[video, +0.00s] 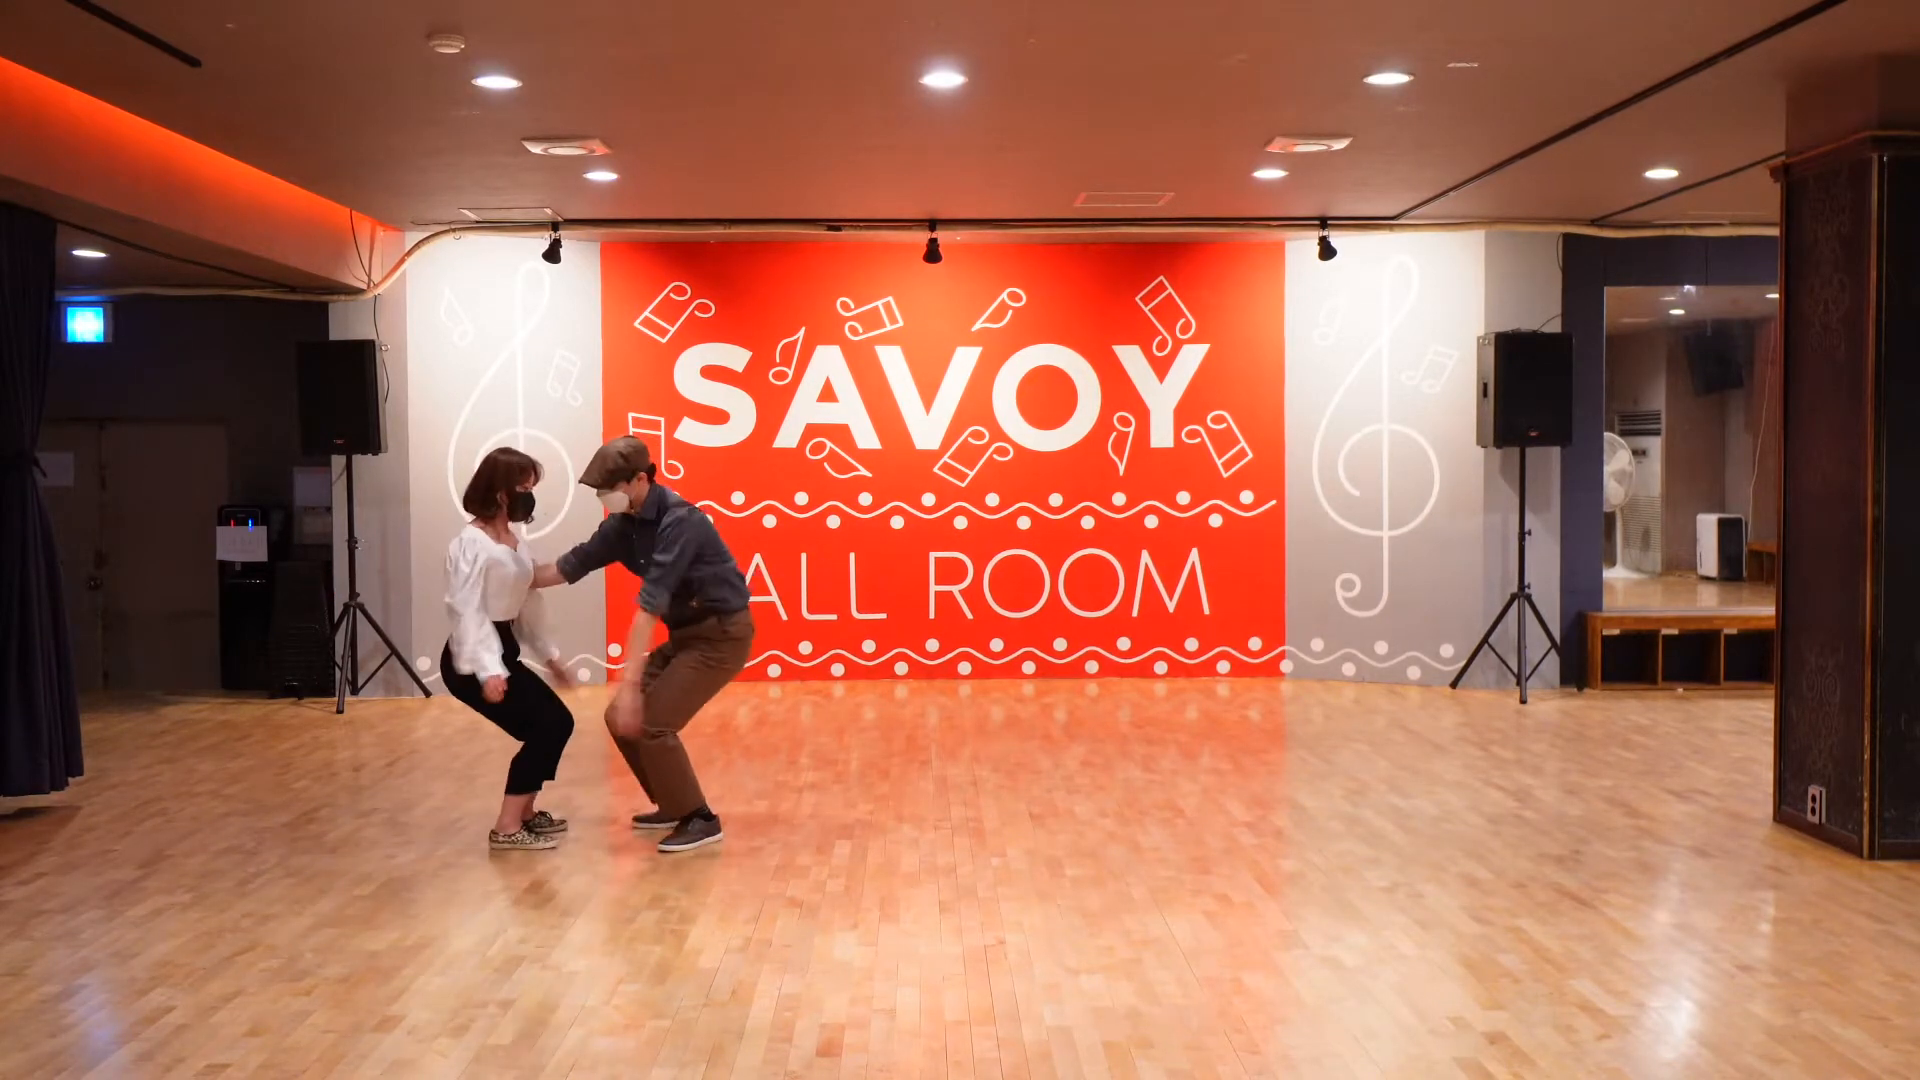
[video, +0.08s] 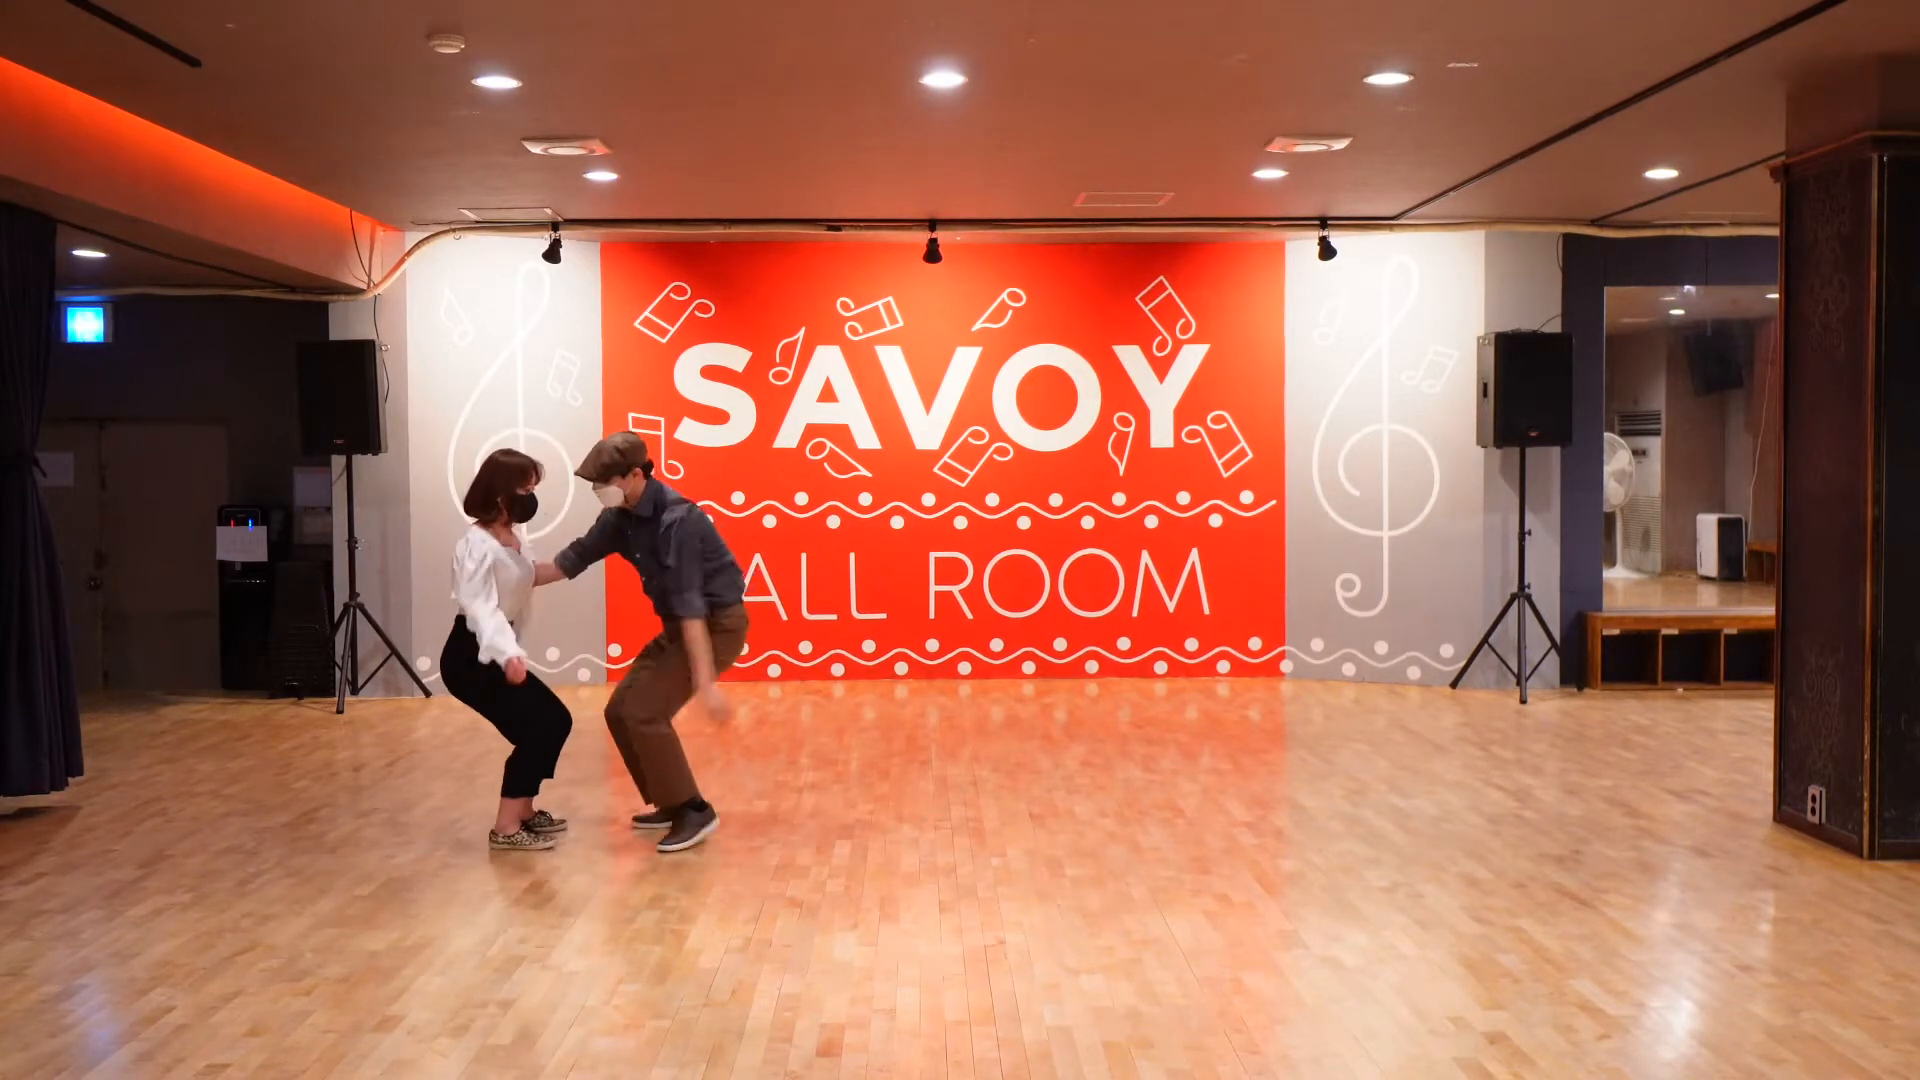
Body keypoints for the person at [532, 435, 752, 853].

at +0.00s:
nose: (603, 500)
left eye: (609, 490)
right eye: (600, 492)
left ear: (638, 481)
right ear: (626, 485)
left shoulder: (680, 521)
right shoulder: (622, 526)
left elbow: (650, 609)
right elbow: (564, 569)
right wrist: (503, 575)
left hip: (722, 636)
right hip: (686, 637)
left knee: (650, 723)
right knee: (621, 716)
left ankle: (700, 818)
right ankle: (675, 806)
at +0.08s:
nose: (601, 492)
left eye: (607, 483)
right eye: (598, 484)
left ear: (635, 477)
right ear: (624, 480)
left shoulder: (678, 521)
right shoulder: (619, 517)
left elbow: (691, 609)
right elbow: (566, 564)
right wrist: (506, 576)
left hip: (717, 625)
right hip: (682, 624)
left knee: (641, 711)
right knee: (620, 710)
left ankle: (693, 810)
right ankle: (673, 804)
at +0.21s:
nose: (594, 483)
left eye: (599, 473)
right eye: (591, 475)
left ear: (629, 466)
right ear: (619, 470)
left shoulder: (680, 508)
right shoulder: (612, 508)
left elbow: (734, 576)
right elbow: (565, 555)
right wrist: (512, 568)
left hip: (714, 614)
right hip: (676, 617)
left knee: (642, 694)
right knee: (624, 707)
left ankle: (649, 805)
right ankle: (682, 796)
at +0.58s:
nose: (601, 500)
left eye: (606, 491)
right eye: (598, 492)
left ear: (635, 478)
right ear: (622, 482)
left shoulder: (687, 519)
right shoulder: (616, 520)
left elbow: (722, 597)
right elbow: (567, 567)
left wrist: (746, 664)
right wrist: (506, 572)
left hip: (704, 637)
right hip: (668, 638)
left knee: (629, 708)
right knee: (608, 720)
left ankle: (681, 807)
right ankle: (673, 801)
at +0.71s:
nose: (604, 507)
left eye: (610, 497)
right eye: (601, 498)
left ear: (640, 486)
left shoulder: (689, 527)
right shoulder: (622, 527)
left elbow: (689, 616)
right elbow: (566, 573)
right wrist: (496, 572)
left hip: (707, 643)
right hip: (670, 640)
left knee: (620, 722)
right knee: (603, 722)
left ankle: (679, 819)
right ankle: (676, 796)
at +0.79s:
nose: (606, 509)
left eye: (613, 499)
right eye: (603, 500)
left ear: (643, 488)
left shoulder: (689, 528)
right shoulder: (625, 527)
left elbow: (663, 612)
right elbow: (568, 570)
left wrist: (615, 673)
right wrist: (503, 566)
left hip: (709, 646)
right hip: (673, 643)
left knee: (622, 723)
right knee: (604, 722)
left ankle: (679, 818)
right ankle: (678, 796)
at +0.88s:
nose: (610, 507)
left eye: (615, 498)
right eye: (606, 498)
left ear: (644, 486)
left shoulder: (687, 525)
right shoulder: (629, 523)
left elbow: (649, 605)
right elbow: (570, 565)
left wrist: (580, 638)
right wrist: (524, 559)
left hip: (713, 642)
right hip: (674, 641)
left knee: (633, 718)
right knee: (606, 716)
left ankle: (680, 819)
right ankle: (678, 795)